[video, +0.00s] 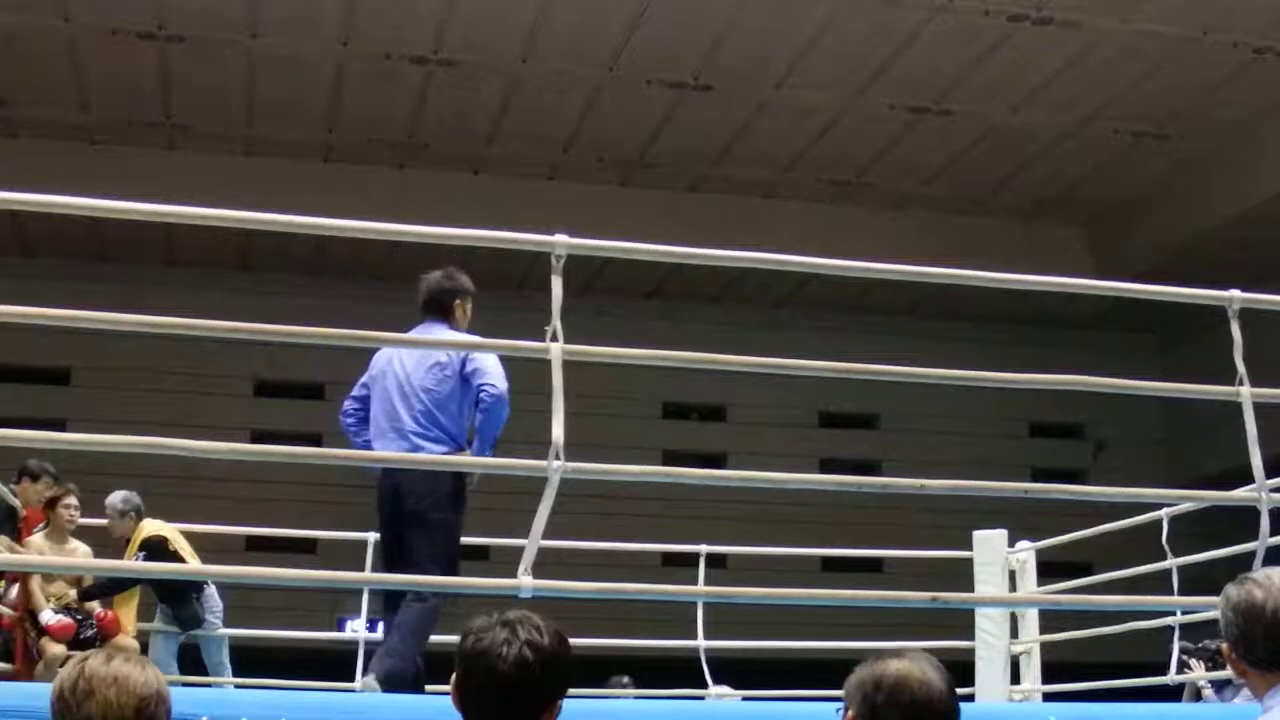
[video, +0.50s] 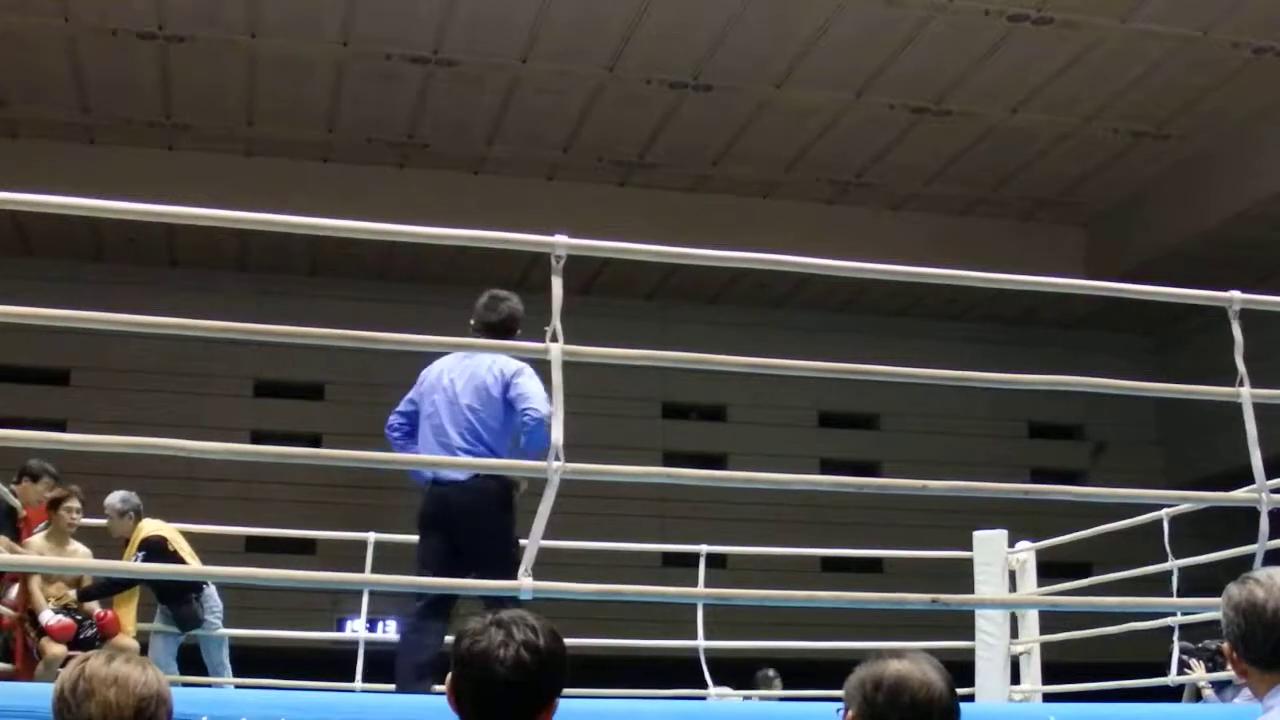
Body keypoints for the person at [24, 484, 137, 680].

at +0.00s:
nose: (72, 514)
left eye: (76, 509)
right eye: (66, 508)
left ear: (81, 513)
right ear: (50, 511)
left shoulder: (84, 550)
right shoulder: (33, 544)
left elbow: (87, 592)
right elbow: (33, 584)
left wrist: (99, 613)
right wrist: (47, 616)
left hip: (78, 613)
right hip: (42, 612)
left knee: (130, 646)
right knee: (56, 652)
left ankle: (117, 702)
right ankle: (37, 703)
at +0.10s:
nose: (72, 514)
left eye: (76, 509)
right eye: (66, 508)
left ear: (81, 514)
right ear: (50, 512)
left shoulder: (84, 551)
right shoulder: (34, 544)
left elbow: (87, 592)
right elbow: (33, 586)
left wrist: (99, 614)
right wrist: (47, 617)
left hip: (78, 613)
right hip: (42, 612)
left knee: (130, 647)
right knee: (56, 653)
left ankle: (115, 702)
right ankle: (36, 703)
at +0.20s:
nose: (72, 514)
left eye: (76, 509)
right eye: (66, 508)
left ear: (80, 514)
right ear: (50, 512)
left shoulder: (83, 551)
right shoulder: (33, 544)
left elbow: (87, 592)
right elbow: (33, 586)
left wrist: (99, 614)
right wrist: (47, 617)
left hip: (77, 612)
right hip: (42, 611)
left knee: (130, 647)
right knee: (56, 652)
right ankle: (37, 703)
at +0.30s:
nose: (73, 514)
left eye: (76, 509)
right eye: (66, 508)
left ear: (81, 514)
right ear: (50, 512)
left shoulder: (83, 551)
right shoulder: (33, 544)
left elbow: (87, 592)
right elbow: (33, 585)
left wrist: (99, 614)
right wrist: (47, 617)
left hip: (77, 613)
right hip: (41, 612)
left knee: (130, 646)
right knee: (56, 652)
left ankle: (116, 702)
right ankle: (37, 703)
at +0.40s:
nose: (73, 516)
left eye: (77, 511)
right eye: (67, 509)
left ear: (81, 515)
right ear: (51, 513)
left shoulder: (83, 552)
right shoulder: (33, 545)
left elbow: (87, 592)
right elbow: (33, 586)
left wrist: (98, 614)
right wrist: (47, 617)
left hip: (77, 613)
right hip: (42, 611)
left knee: (130, 647)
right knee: (56, 653)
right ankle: (37, 703)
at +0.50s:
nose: (74, 517)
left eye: (78, 512)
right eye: (68, 511)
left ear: (82, 516)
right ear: (52, 513)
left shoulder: (83, 552)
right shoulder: (34, 544)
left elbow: (87, 592)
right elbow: (33, 586)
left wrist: (98, 614)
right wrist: (47, 617)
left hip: (77, 613)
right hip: (42, 611)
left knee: (130, 646)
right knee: (56, 652)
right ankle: (37, 703)